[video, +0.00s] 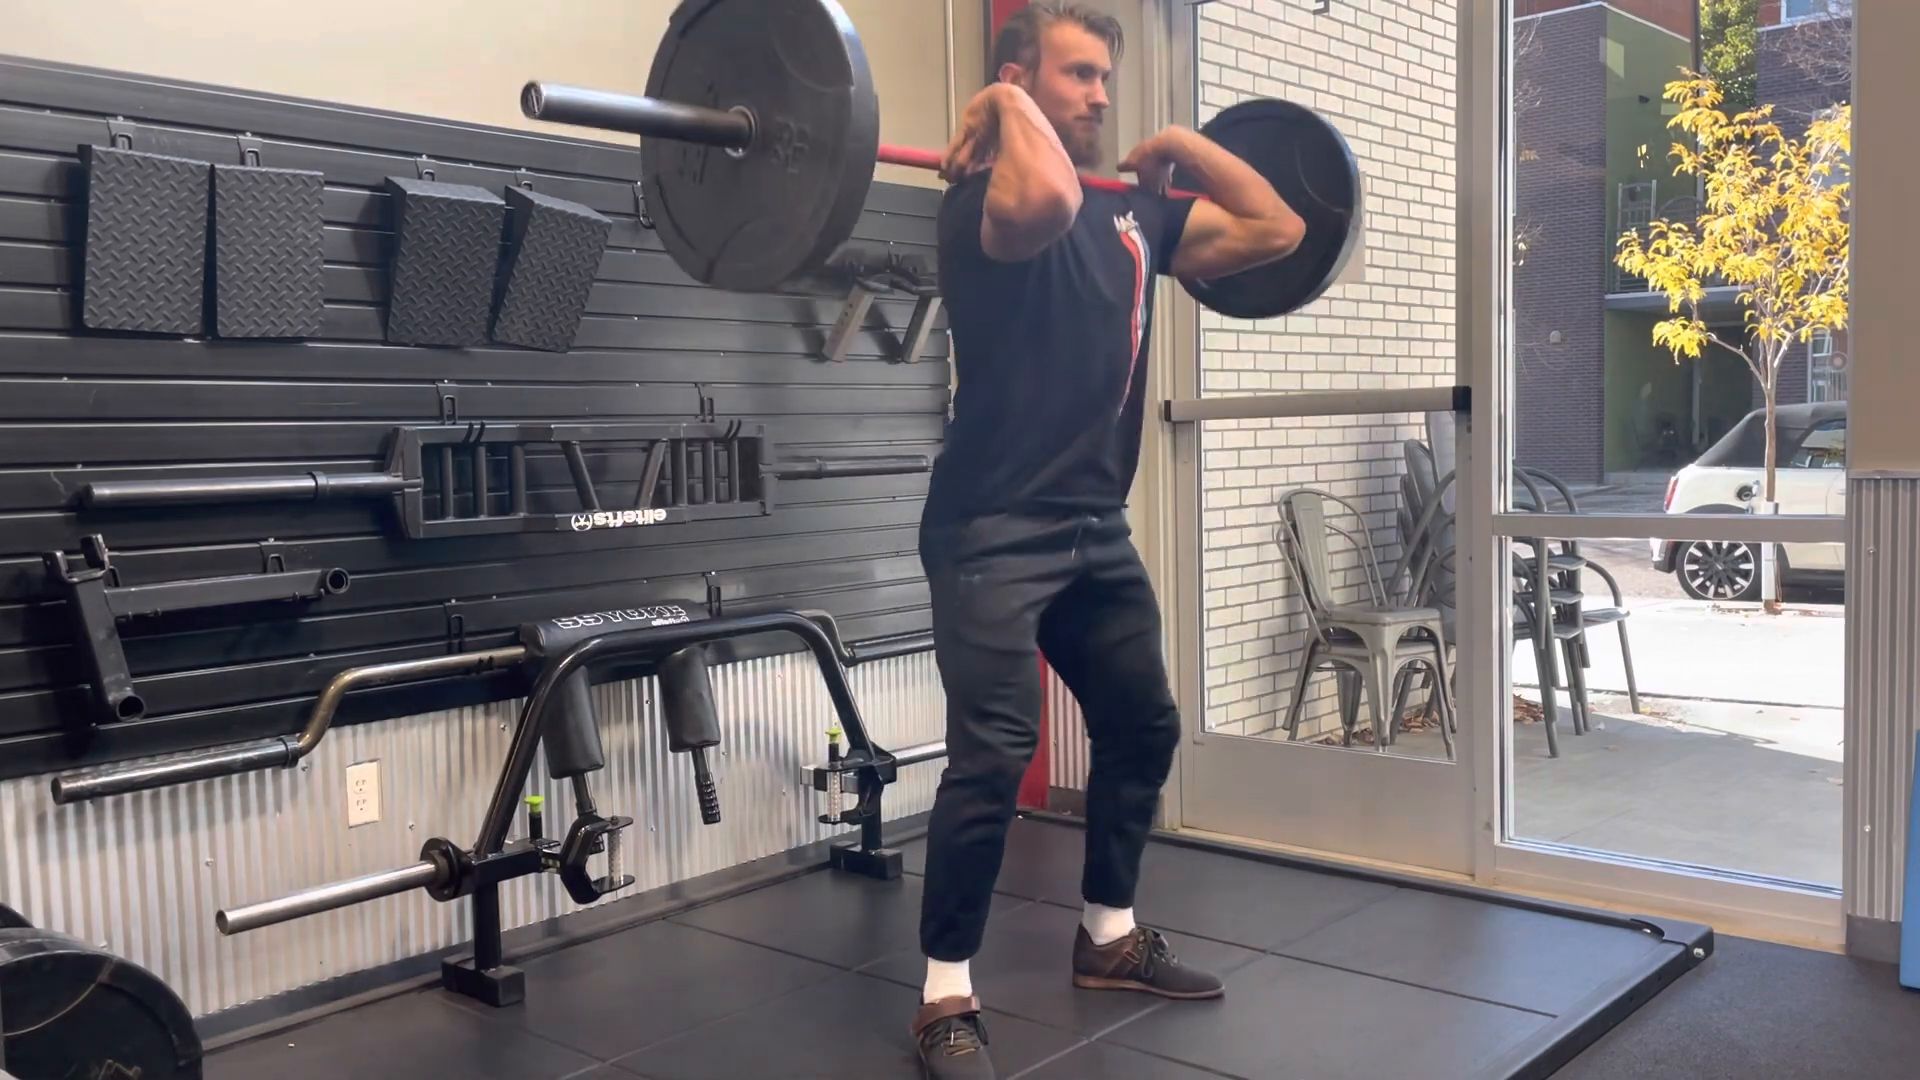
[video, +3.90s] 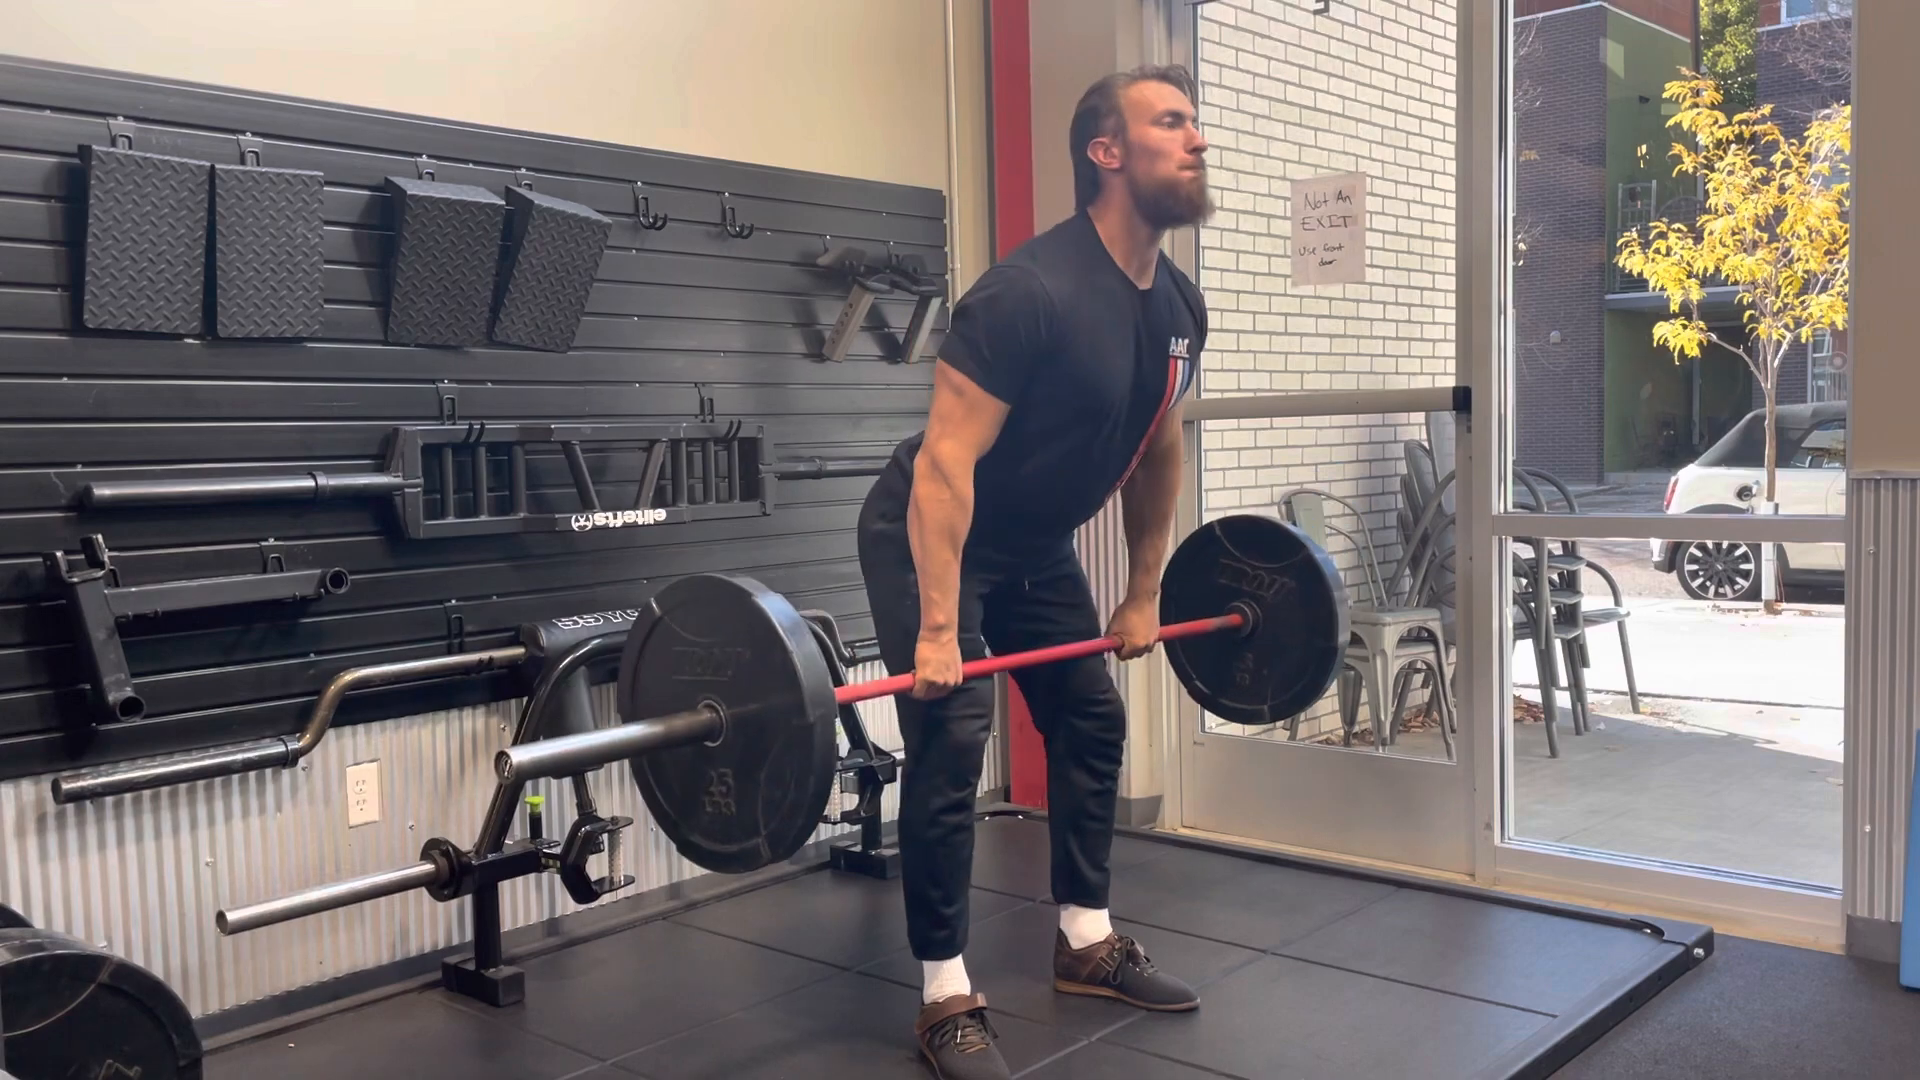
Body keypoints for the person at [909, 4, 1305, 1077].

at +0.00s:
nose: (1101, 94)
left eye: (1105, 77)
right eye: (1081, 72)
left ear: (1103, 92)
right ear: (1020, 86)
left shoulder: (1133, 209)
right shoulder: (980, 198)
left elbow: (1276, 228)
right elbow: (1050, 198)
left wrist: (1181, 144)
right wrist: (1008, 100)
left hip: (1096, 526)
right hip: (990, 529)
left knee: (1143, 725)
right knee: (993, 749)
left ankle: (1107, 940)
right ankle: (946, 997)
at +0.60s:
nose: (1104, 87)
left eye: (1110, 71)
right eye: (1085, 67)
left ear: (1110, 88)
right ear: (1020, 72)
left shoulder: (1124, 207)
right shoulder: (977, 192)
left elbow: (1217, 313)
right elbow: (1008, 297)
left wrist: (1204, 194)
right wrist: (1008, 147)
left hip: (1108, 519)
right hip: (1005, 516)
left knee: (1116, 732)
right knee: (985, 746)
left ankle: (1104, 936)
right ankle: (945, 993)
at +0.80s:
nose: (1107, 73)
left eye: (1111, 56)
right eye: (1087, 52)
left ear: (1101, 74)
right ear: (1019, 66)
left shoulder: (1097, 190)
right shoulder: (946, 178)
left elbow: (1090, 298)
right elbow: (847, 264)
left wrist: (1148, 302)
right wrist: (955, 289)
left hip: (1093, 507)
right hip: (990, 512)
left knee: (1118, 720)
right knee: (995, 735)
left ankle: (1104, 934)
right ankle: (951, 986)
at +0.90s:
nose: (1116, 96)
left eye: (1120, 79)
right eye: (1094, 76)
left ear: (1113, 99)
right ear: (1026, 90)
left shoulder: (1120, 215)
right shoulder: (965, 205)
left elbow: (1151, 311)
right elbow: (859, 303)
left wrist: (1179, 397)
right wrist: (972, 404)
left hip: (1067, 518)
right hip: (964, 522)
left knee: (1104, 724)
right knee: (994, 736)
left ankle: (1085, 943)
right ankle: (953, 988)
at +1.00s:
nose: (1148, 151)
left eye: (1149, 136)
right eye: (1125, 134)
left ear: (1143, 159)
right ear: (1059, 157)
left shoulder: (1144, 293)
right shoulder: (998, 282)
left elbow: (1147, 404)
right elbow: (882, 399)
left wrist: (1170, 506)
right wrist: (964, 532)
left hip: (1052, 550)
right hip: (946, 556)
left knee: (1138, 731)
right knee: (1001, 754)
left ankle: (1089, 942)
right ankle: (956, 997)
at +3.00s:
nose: (1093, 80)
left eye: (1097, 64)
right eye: (1072, 59)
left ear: (1087, 80)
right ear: (1005, 69)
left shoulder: (1111, 228)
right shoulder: (949, 214)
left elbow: (1136, 383)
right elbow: (930, 395)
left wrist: (1165, 520)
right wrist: (957, 547)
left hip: (1096, 528)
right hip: (992, 530)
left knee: (1111, 731)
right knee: (987, 750)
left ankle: (1087, 941)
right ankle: (950, 992)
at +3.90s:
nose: (1199, 142)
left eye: (1197, 126)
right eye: (1173, 125)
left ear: (1173, 159)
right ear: (1105, 154)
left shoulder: (1176, 304)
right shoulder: (1023, 293)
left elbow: (1158, 456)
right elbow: (943, 464)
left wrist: (1140, 593)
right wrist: (938, 628)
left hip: (1035, 538)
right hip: (934, 537)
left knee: (1092, 720)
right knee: (952, 737)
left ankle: (1086, 939)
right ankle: (944, 988)